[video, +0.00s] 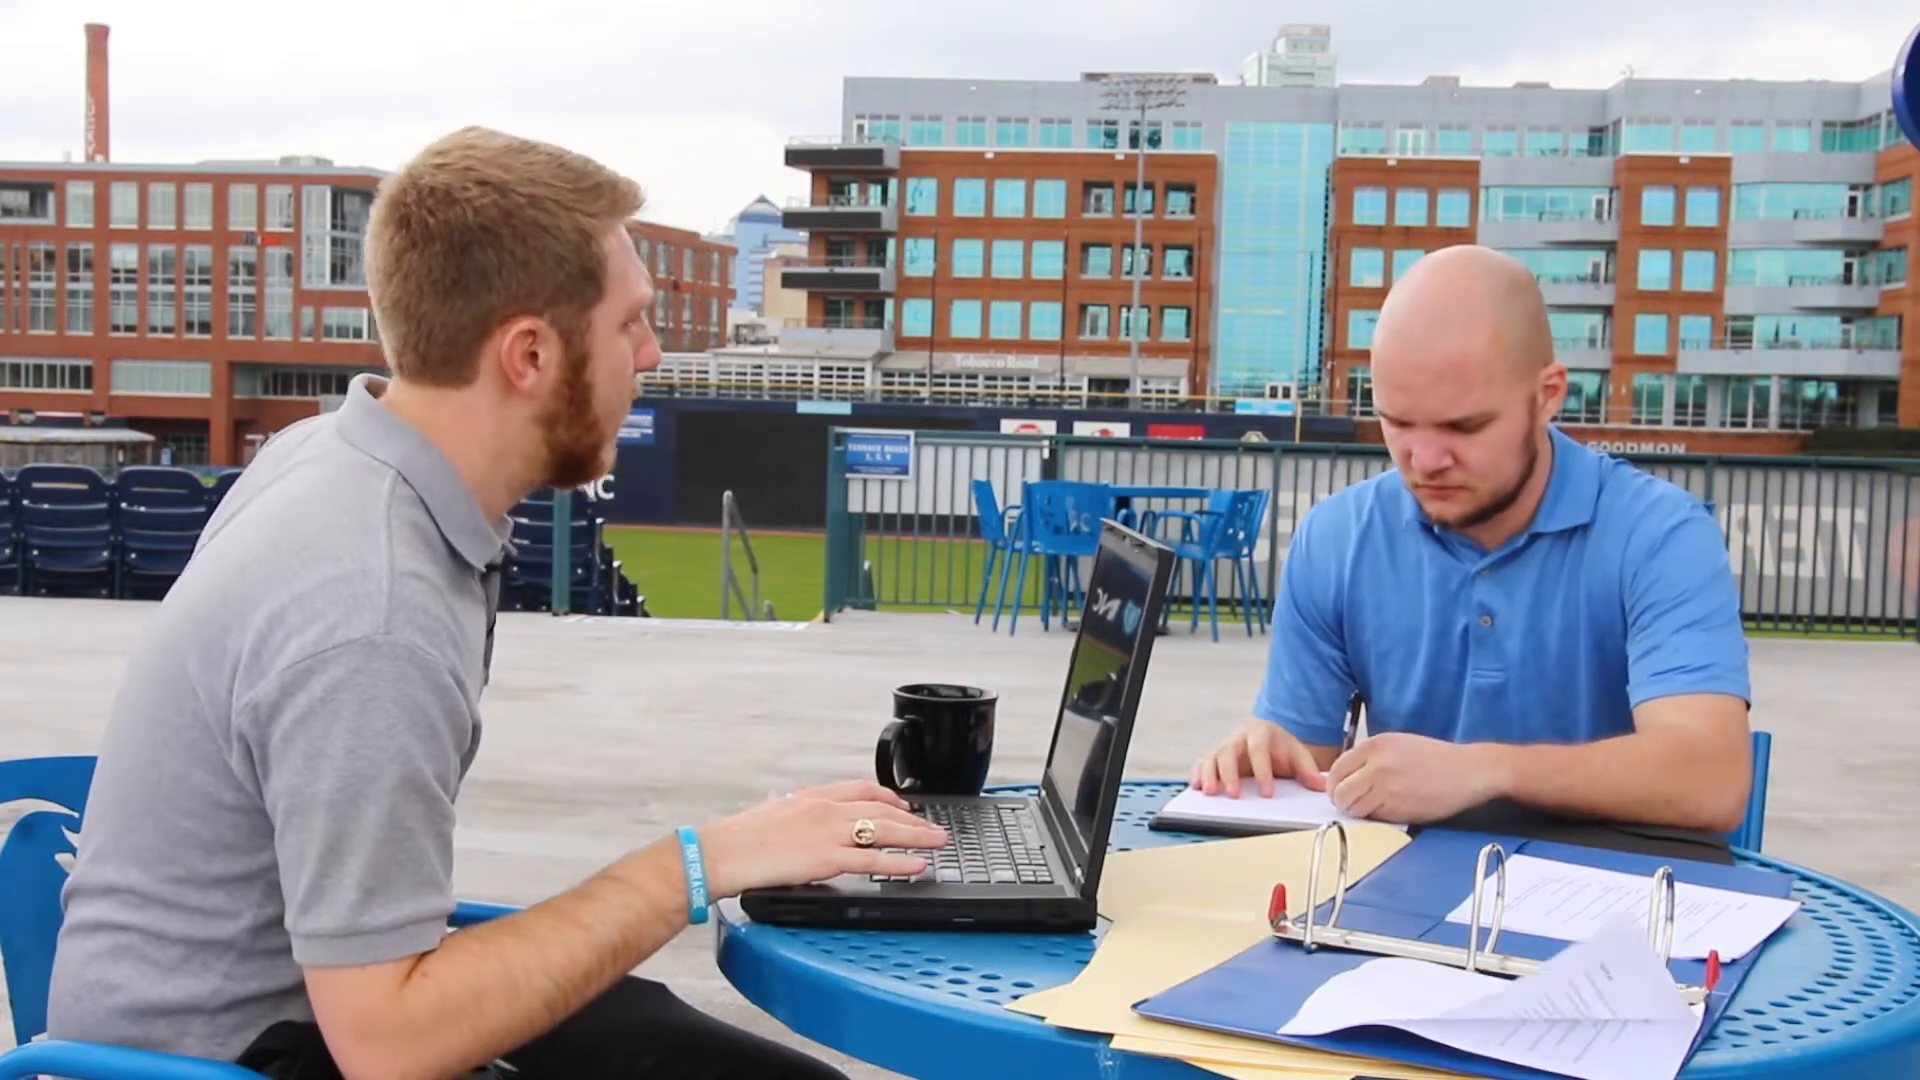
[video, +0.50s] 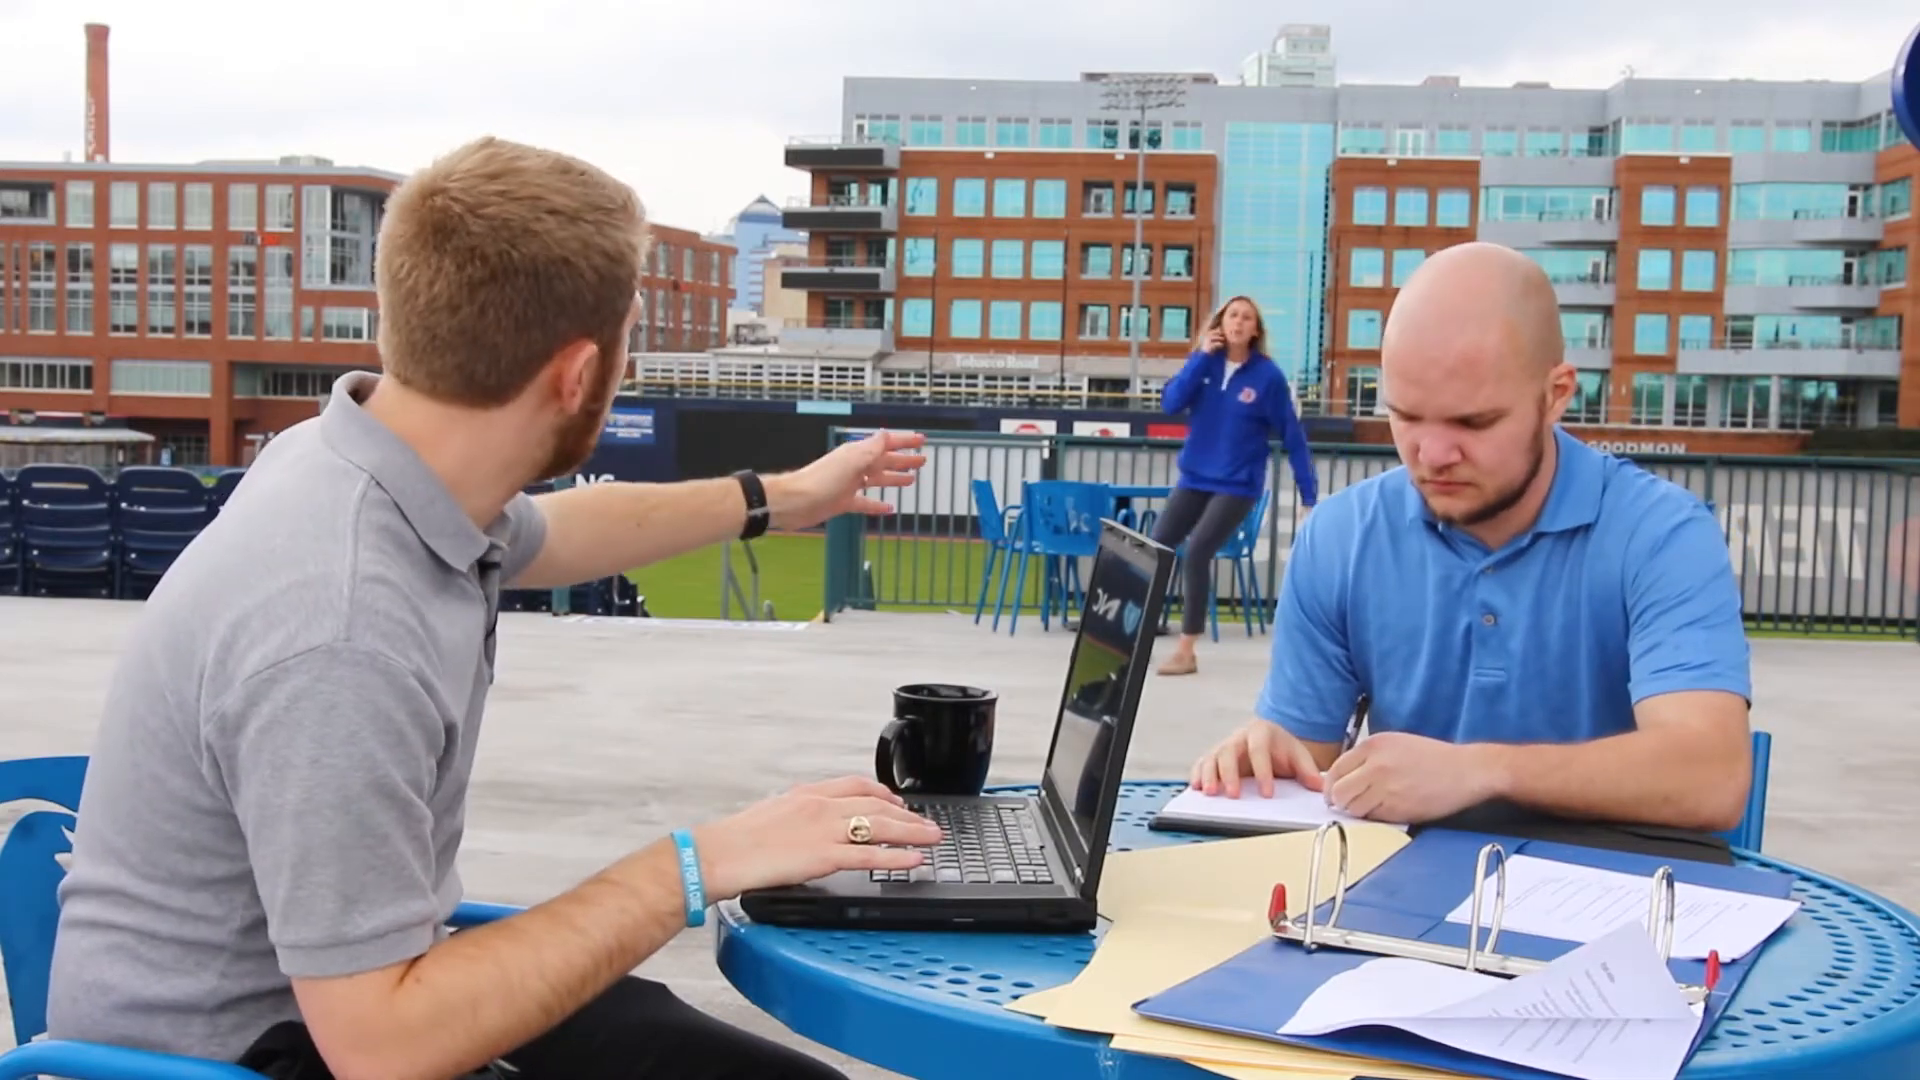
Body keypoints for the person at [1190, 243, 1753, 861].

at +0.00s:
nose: (1424, 461)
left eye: (1464, 427)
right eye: (1398, 424)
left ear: (1548, 395)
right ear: (1377, 394)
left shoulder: (1658, 537)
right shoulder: (1336, 542)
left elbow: (1706, 781)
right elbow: (1306, 756)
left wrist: (1480, 770)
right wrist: (1261, 753)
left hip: (1613, 906)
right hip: (1399, 893)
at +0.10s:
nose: (1425, 460)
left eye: (1465, 426)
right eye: (1399, 423)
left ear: (1549, 395)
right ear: (1378, 392)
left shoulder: (1658, 537)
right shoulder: (1336, 541)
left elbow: (1705, 779)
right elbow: (1306, 756)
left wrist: (1476, 771)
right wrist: (1260, 754)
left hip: (1614, 905)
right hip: (1400, 892)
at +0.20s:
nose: (1426, 459)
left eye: (1466, 426)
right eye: (1401, 422)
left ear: (1551, 395)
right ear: (1381, 390)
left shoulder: (1659, 536)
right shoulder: (1336, 537)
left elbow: (1704, 779)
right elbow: (1305, 758)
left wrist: (1477, 770)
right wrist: (1260, 754)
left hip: (1613, 903)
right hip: (1396, 889)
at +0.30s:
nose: (1428, 458)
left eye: (1468, 425)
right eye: (1402, 421)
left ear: (1553, 395)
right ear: (1381, 392)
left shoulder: (1659, 535)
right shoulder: (1340, 536)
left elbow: (1704, 778)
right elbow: (1308, 754)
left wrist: (1478, 770)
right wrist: (1261, 752)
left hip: (1612, 900)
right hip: (1398, 885)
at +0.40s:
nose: (1430, 456)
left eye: (1470, 424)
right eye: (1403, 420)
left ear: (1555, 395)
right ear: (1381, 390)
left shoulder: (1659, 535)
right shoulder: (1340, 537)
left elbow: (1704, 778)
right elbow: (1308, 752)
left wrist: (1477, 770)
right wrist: (1262, 751)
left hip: (1612, 900)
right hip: (1398, 885)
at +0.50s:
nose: (1431, 456)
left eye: (1473, 422)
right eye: (1406, 418)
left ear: (1556, 394)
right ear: (1384, 385)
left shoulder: (1660, 535)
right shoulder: (1341, 537)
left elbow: (1705, 778)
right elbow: (1308, 754)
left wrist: (1477, 769)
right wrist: (1261, 751)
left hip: (1613, 902)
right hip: (1397, 886)